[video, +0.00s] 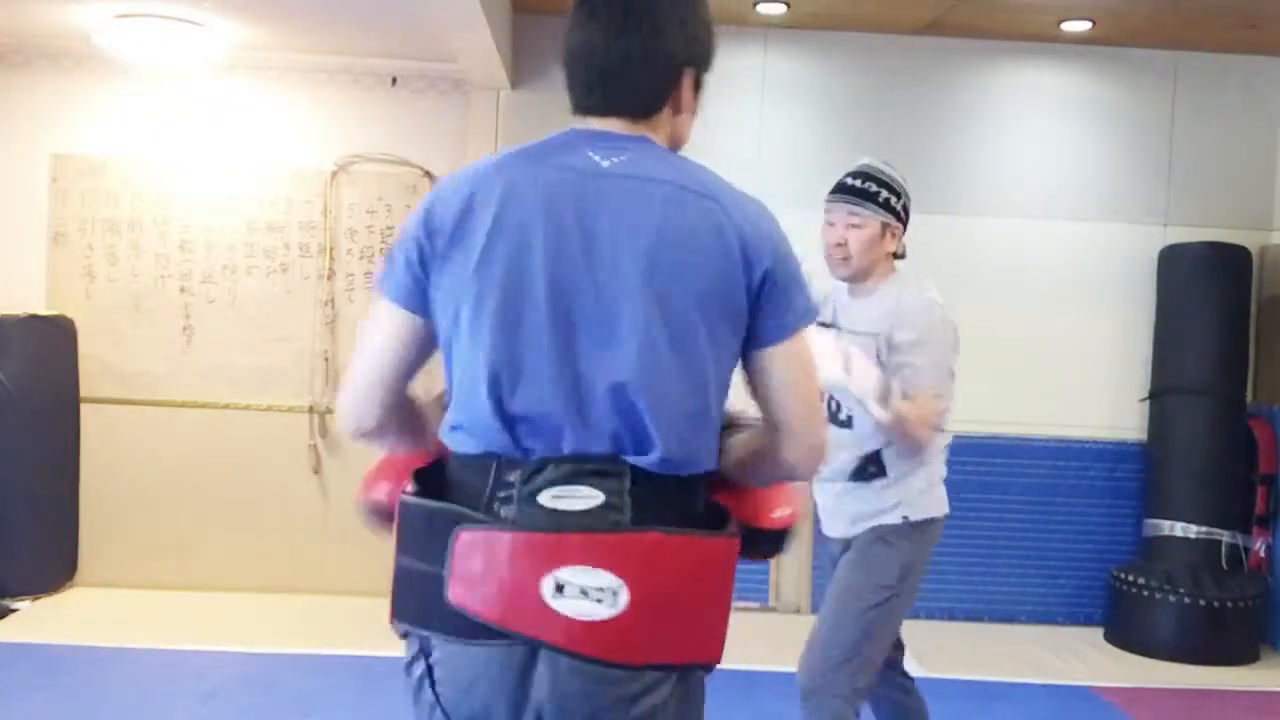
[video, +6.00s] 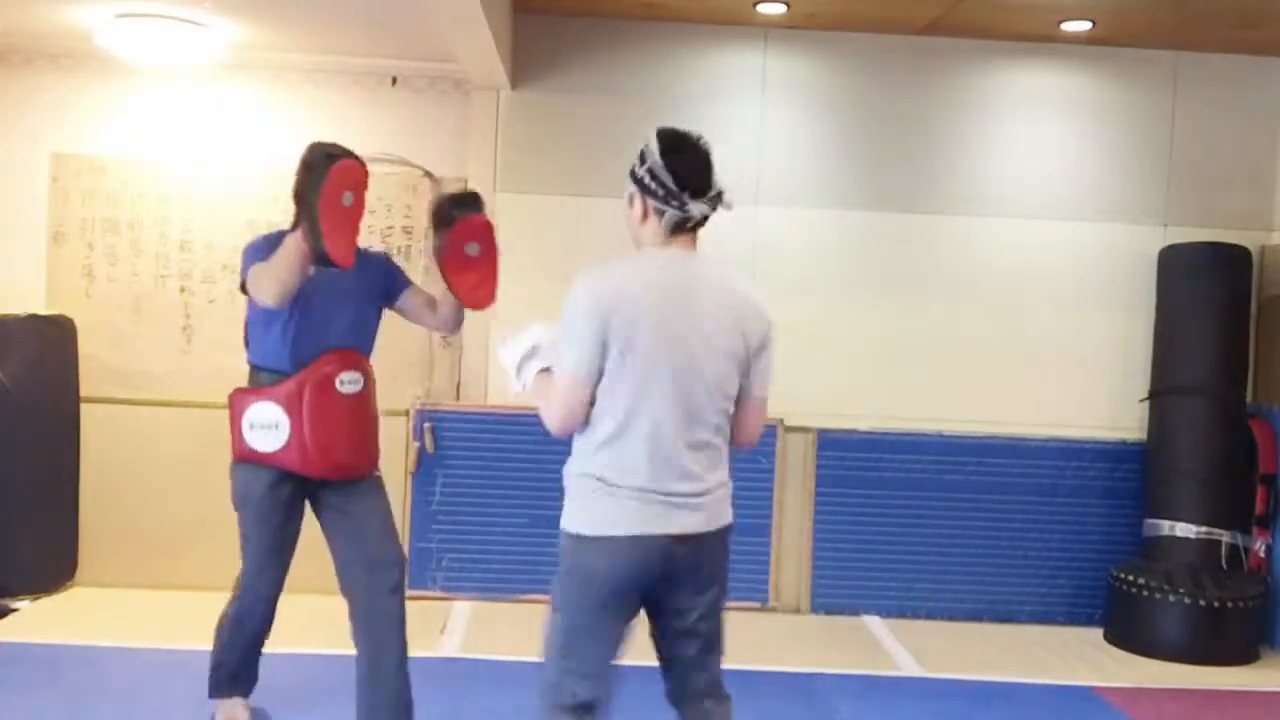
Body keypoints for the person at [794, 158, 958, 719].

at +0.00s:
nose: (837, 238)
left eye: (855, 226)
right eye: (831, 223)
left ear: (892, 237)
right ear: (822, 226)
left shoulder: (919, 312)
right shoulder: (818, 299)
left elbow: (922, 431)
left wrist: (870, 390)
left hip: (900, 513)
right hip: (835, 509)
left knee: (824, 676)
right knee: (876, 671)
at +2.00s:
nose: (751, 235)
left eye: (770, 220)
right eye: (742, 219)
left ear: (808, 235)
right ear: (731, 227)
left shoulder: (838, 316)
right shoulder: (741, 317)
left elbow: (834, 444)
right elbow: (718, 438)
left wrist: (782, 377)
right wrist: (690, 385)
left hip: (823, 540)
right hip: (756, 540)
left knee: (742, 699)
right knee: (778, 692)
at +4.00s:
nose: (702, 218)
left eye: (712, 199)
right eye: (704, 199)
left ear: (756, 205)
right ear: (784, 209)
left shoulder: (741, 298)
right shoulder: (868, 300)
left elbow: (697, 451)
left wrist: (625, 375)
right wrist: (709, 331)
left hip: (773, 620)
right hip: (876, 610)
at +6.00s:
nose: (626, 208)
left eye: (629, 196)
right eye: (630, 196)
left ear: (642, 204)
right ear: (704, 212)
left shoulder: (602, 289)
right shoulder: (745, 309)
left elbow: (562, 418)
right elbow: (745, 434)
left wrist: (539, 371)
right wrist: (686, 391)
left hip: (607, 536)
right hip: (701, 536)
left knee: (571, 698)